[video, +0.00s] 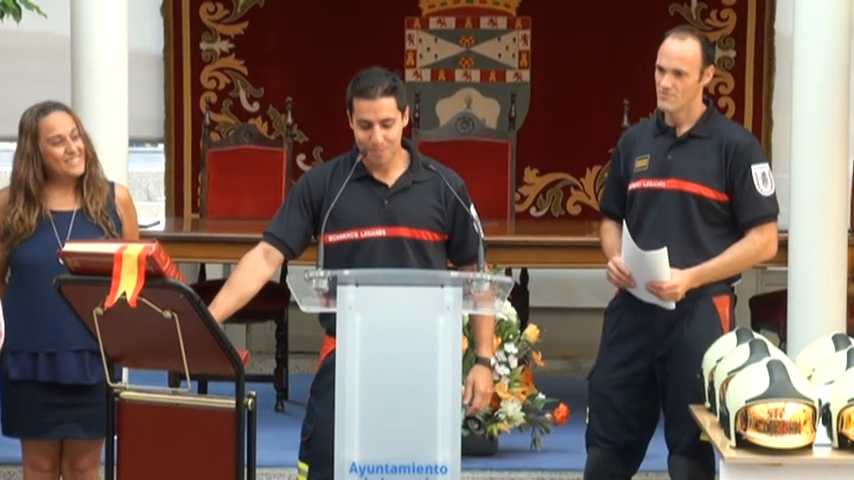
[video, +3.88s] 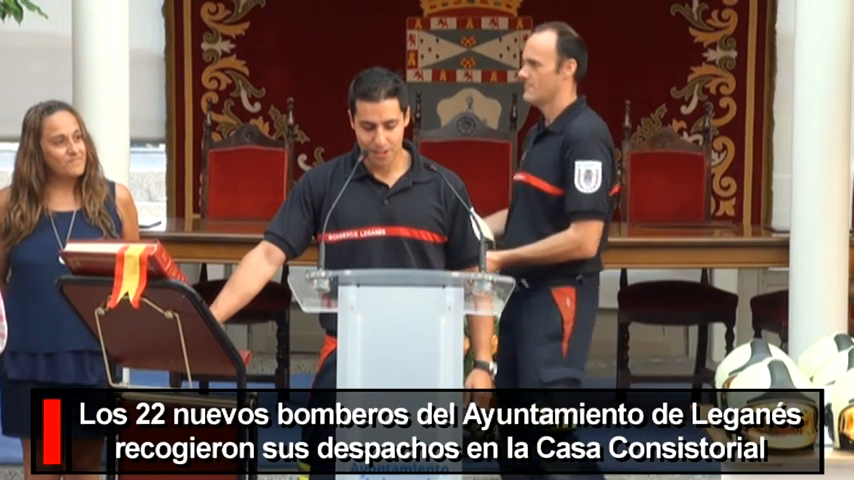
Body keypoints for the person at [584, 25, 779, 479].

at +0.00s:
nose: (664, 82)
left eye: (678, 73)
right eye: (660, 70)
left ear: (706, 77)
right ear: (654, 71)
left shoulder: (737, 146)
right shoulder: (632, 141)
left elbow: (764, 242)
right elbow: (611, 216)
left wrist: (691, 278)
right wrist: (615, 257)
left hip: (698, 319)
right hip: (631, 312)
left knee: (691, 454)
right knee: (607, 449)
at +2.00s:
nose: (687, 99)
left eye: (696, 88)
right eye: (677, 87)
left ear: (709, 83)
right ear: (659, 80)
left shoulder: (741, 145)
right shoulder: (627, 142)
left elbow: (772, 229)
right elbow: (608, 223)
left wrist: (758, 287)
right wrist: (625, 287)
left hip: (706, 315)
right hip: (634, 311)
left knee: (696, 448)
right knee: (609, 442)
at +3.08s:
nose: (633, 116)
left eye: (643, 104)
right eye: (625, 105)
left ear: (669, 93)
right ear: (616, 98)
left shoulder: (715, 147)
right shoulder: (599, 154)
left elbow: (758, 222)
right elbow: (581, 232)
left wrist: (709, 259)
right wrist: (595, 295)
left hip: (693, 320)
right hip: (618, 320)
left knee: (691, 451)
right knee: (599, 450)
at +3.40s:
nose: (596, 90)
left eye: (607, 78)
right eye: (594, 79)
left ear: (642, 77)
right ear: (596, 80)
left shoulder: (688, 142)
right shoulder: (590, 142)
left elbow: (720, 238)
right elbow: (579, 228)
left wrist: (640, 263)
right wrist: (556, 258)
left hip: (661, 314)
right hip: (596, 312)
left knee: (669, 456)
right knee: (560, 450)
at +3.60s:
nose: (565, 80)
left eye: (576, 71)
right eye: (565, 70)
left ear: (612, 73)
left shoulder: (646, 140)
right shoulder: (570, 140)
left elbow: (660, 242)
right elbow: (563, 218)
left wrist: (576, 264)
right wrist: (527, 240)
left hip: (621, 312)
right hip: (564, 311)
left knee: (639, 451)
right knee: (542, 446)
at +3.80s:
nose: (532, 74)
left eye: (543, 65)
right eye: (533, 64)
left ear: (579, 70)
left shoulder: (600, 135)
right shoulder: (546, 134)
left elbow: (603, 241)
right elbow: (532, 214)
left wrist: (521, 261)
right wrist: (484, 236)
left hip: (574, 303)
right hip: (530, 301)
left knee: (587, 442)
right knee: (521, 438)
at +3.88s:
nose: (521, 73)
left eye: (532, 64)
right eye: (522, 63)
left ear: (567, 69)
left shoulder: (585, 134)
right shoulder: (544, 132)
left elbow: (584, 240)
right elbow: (526, 213)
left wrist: (500, 259)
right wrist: (465, 232)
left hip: (559, 295)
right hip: (524, 290)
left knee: (553, 430)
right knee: (514, 424)